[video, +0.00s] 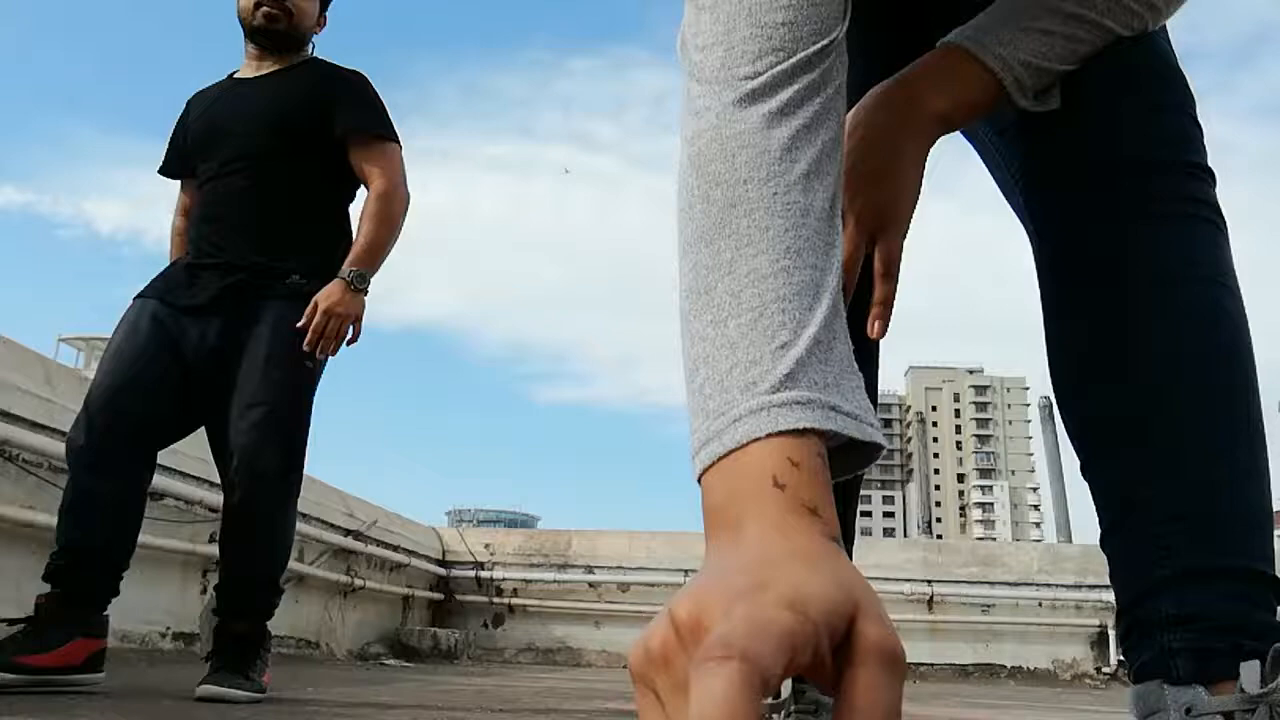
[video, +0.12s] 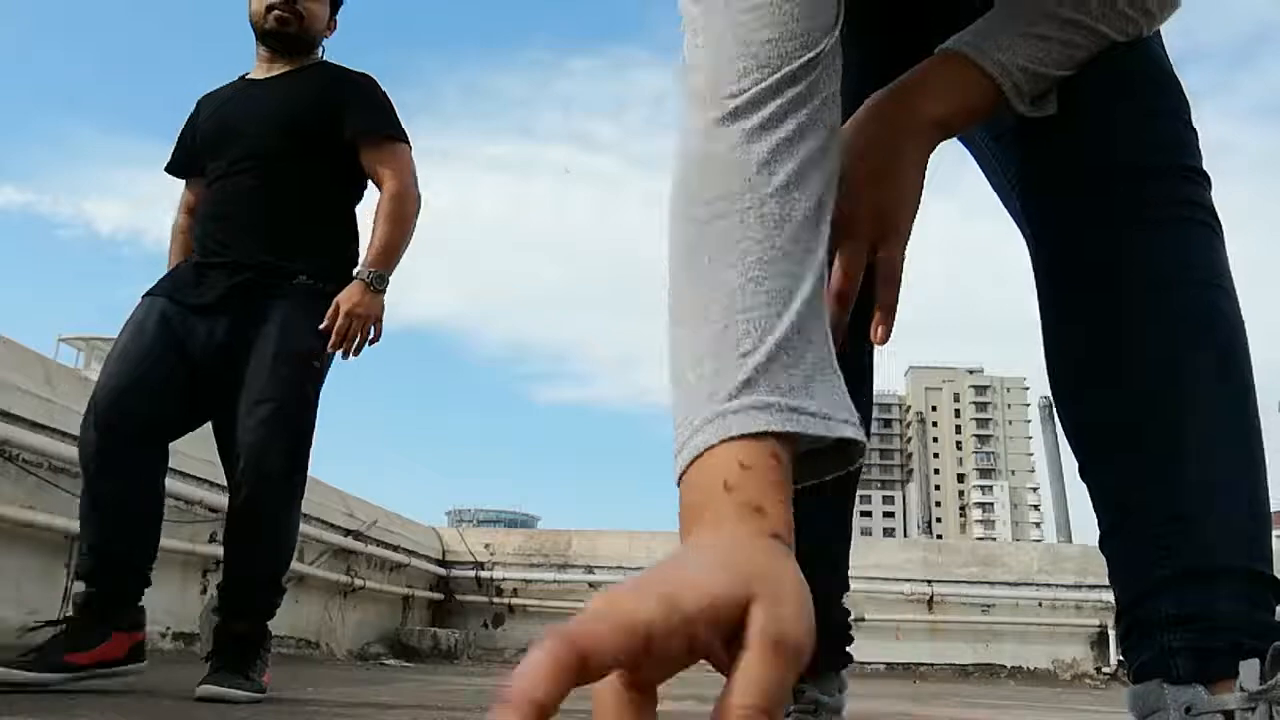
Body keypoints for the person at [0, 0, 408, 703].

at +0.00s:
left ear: (320, 13)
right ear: (242, 8)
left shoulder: (339, 86)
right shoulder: (205, 105)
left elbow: (389, 188)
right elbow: (187, 214)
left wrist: (353, 280)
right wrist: (179, 290)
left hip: (285, 302)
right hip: (188, 293)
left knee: (260, 473)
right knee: (104, 435)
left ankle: (237, 652)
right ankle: (71, 622)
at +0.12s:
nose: (282, 1)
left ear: (331, 16)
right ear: (254, 10)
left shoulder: (348, 87)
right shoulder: (215, 105)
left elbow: (401, 186)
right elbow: (190, 213)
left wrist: (372, 281)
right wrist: (177, 290)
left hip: (291, 301)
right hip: (195, 292)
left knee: (265, 468)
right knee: (114, 424)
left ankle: (239, 649)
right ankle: (110, 618)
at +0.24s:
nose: (315, 13)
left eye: (335, 9)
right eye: (303, 3)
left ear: (356, 37)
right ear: (280, 20)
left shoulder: (375, 107)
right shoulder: (236, 120)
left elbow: (430, 193)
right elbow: (195, 210)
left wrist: (417, 284)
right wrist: (148, 280)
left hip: (315, 305)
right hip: (221, 295)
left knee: (278, 464)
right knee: (151, 433)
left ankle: (245, 643)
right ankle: (209, 591)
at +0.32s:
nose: (332, 43)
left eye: (351, 39)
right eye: (320, 33)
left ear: (370, 68)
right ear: (298, 54)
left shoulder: (393, 139)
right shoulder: (252, 143)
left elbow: (444, 216)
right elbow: (192, 210)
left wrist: (448, 298)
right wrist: (126, 259)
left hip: (332, 325)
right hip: (244, 315)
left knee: (288, 474)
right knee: (192, 456)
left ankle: (240, 657)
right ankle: (278, 587)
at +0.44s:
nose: (343, 72)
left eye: (359, 69)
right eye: (331, 64)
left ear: (378, 97)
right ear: (309, 84)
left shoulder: (403, 172)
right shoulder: (263, 163)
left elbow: (443, 249)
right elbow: (201, 213)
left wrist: (458, 317)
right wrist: (133, 244)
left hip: (351, 339)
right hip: (266, 334)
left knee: (299, 483)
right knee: (244, 494)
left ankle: (243, 652)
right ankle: (307, 623)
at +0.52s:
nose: (352, 94)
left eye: (367, 90)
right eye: (340, 86)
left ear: (385, 114)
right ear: (319, 105)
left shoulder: (412, 191)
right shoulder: (275, 182)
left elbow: (441, 268)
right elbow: (219, 227)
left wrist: (450, 324)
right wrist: (171, 250)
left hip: (367, 360)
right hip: (285, 356)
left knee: (318, 490)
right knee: (271, 500)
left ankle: (273, 639)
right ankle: (320, 640)